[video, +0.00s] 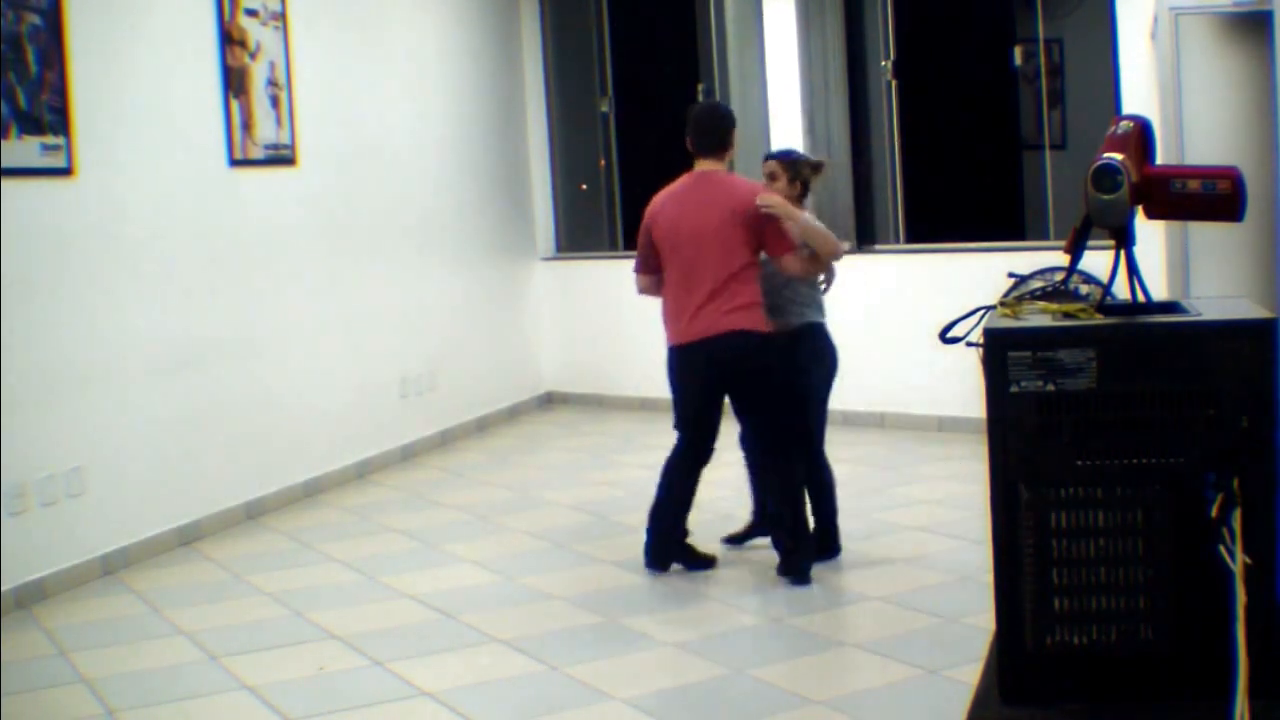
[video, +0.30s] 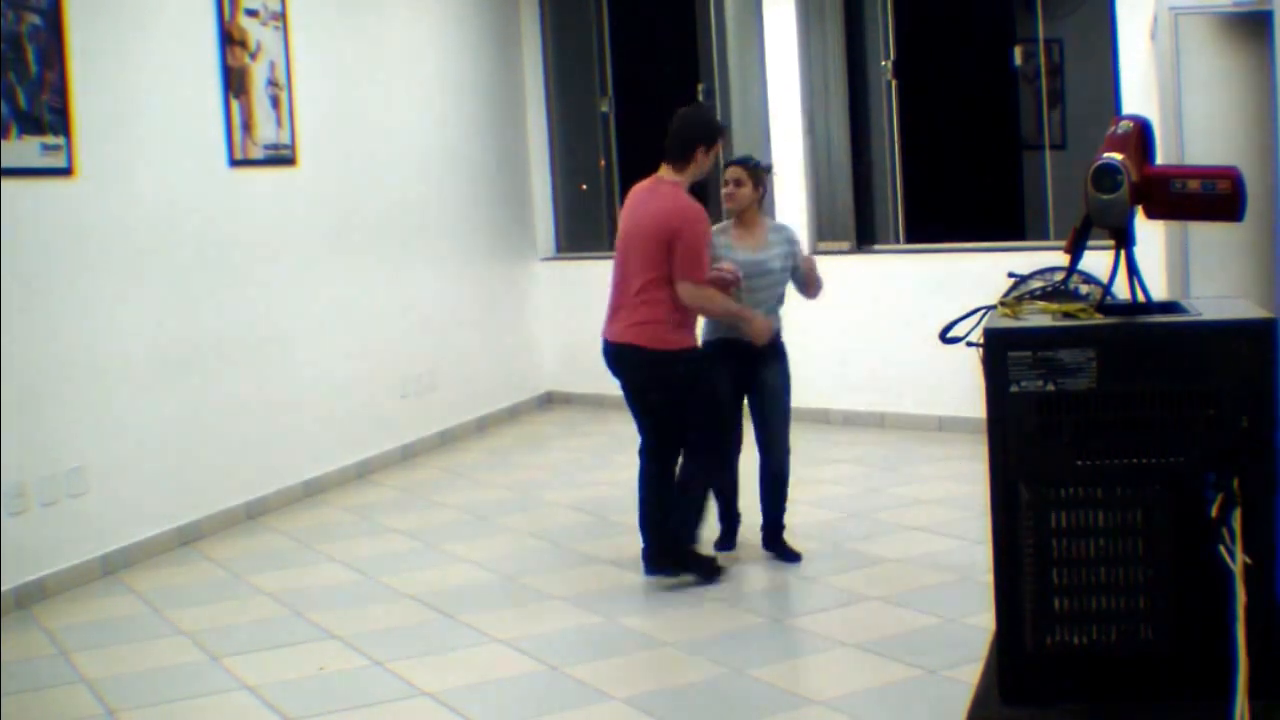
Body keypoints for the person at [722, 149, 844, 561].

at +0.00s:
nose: (764, 186)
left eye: (773, 178)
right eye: (763, 178)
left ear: (796, 185)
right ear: (762, 182)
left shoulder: (805, 221)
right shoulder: (753, 224)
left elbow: (832, 252)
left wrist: (788, 214)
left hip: (807, 340)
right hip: (766, 343)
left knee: (807, 443)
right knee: (755, 436)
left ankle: (826, 535)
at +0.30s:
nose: (728, 191)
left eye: (737, 184)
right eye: (725, 184)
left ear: (759, 189)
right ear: (722, 191)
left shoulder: (782, 236)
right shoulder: (712, 238)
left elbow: (810, 291)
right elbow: (695, 289)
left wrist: (808, 271)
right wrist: (713, 279)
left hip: (767, 345)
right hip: (721, 346)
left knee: (775, 443)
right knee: (724, 442)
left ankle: (773, 532)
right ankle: (728, 522)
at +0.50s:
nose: (719, 205)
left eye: (727, 197)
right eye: (713, 198)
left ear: (746, 201)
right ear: (709, 205)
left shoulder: (763, 240)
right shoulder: (709, 251)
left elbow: (761, 296)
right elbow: (704, 317)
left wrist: (790, 288)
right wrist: (723, 293)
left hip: (748, 354)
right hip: (708, 358)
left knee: (782, 436)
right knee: (716, 449)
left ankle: (755, 504)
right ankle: (718, 524)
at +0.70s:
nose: (717, 198)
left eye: (725, 189)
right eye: (711, 192)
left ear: (743, 194)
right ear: (707, 200)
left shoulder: (760, 233)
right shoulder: (712, 243)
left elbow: (763, 282)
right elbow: (721, 300)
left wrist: (802, 269)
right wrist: (719, 284)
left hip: (756, 347)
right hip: (719, 352)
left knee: (762, 435)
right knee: (735, 441)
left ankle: (739, 506)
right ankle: (718, 519)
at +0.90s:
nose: (713, 202)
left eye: (721, 193)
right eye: (708, 196)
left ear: (742, 196)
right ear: (705, 203)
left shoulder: (766, 239)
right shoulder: (708, 248)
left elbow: (789, 289)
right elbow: (695, 297)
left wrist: (815, 263)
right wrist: (672, 276)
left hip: (759, 353)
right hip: (719, 356)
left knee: (756, 441)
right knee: (740, 442)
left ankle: (741, 510)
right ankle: (744, 529)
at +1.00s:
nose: (708, 203)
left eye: (716, 194)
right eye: (704, 197)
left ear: (740, 197)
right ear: (704, 203)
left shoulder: (770, 245)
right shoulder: (700, 250)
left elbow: (794, 299)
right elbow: (675, 300)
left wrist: (804, 269)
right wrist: (643, 281)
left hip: (758, 356)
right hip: (714, 360)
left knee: (765, 440)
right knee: (741, 451)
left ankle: (744, 501)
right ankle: (767, 540)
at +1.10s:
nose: (701, 205)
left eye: (708, 196)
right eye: (698, 198)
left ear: (733, 199)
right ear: (705, 205)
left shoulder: (767, 250)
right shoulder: (697, 254)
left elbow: (785, 311)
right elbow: (669, 306)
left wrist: (770, 277)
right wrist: (633, 285)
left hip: (754, 362)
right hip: (706, 367)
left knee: (779, 454)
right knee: (736, 460)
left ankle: (762, 502)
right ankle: (765, 541)